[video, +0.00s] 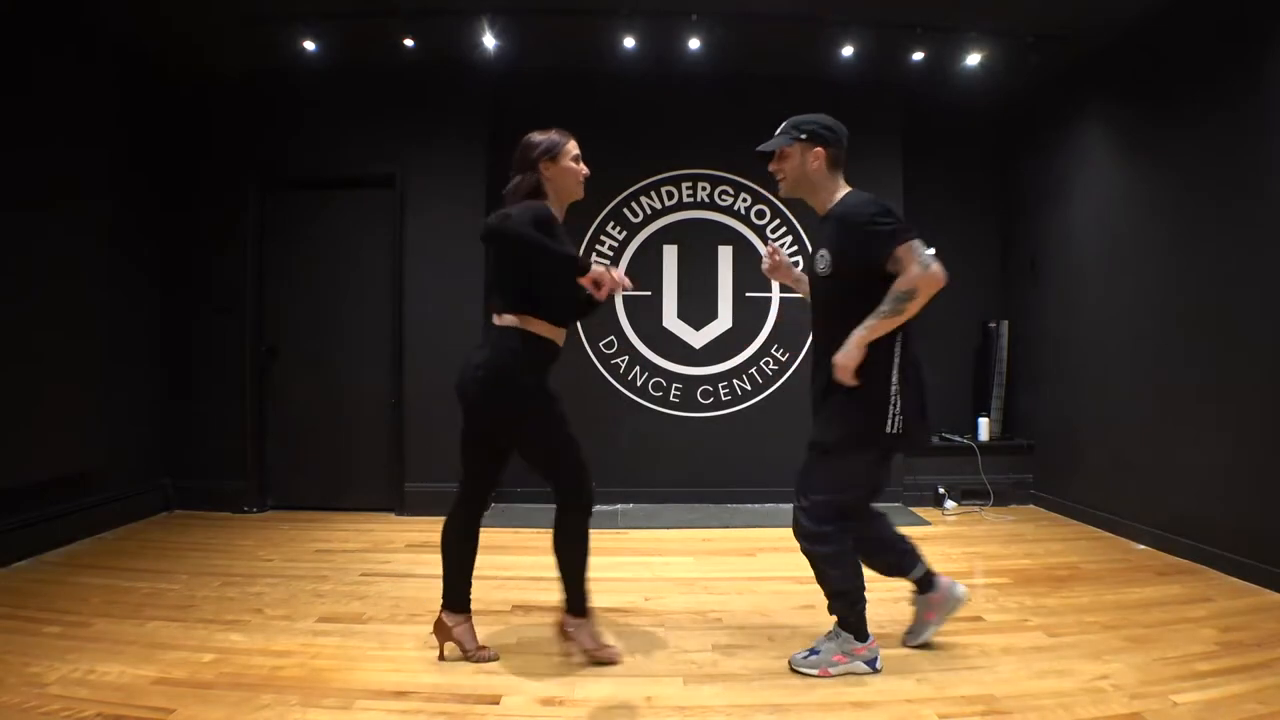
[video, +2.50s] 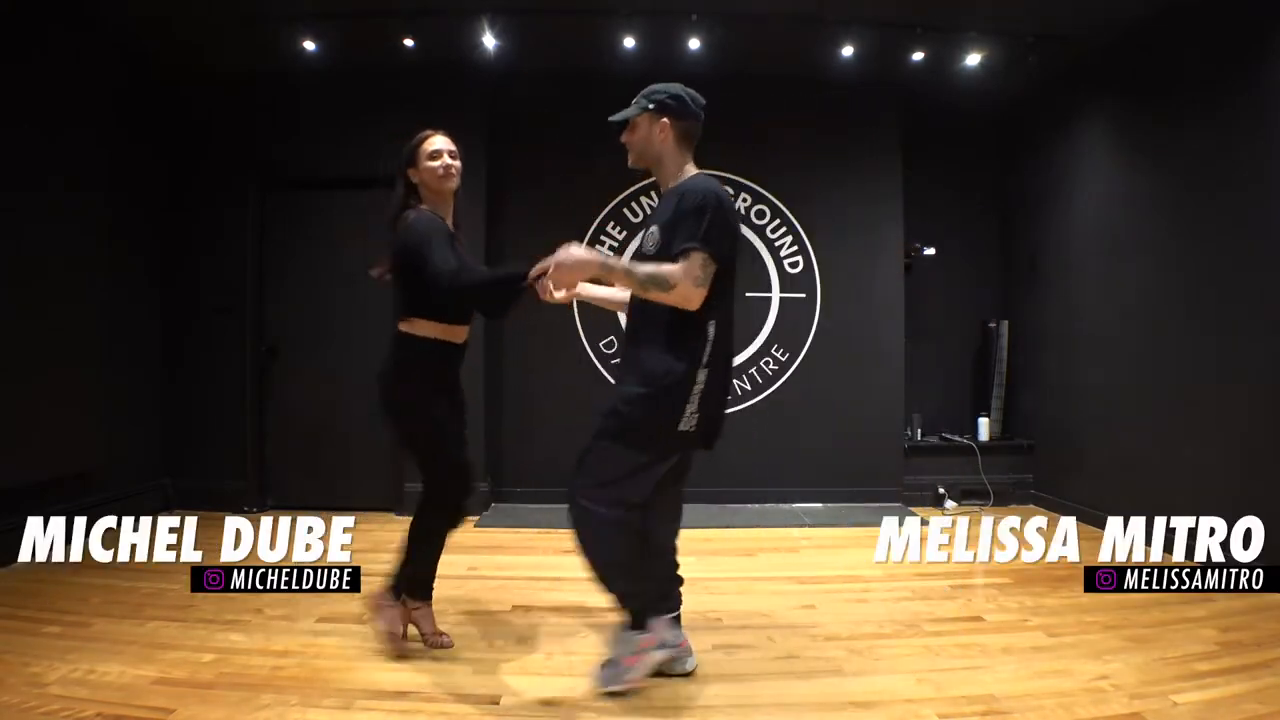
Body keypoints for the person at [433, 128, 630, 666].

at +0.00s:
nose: (585, 169)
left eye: (583, 160)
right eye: (575, 160)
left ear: (556, 172)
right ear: (544, 169)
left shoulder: (551, 230)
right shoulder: (526, 214)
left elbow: (562, 312)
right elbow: (497, 230)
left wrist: (595, 291)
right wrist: (582, 273)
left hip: (510, 369)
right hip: (511, 370)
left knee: (473, 494)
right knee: (575, 488)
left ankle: (453, 614)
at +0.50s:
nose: (642, 158)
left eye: (639, 149)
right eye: (632, 149)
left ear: (607, 162)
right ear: (603, 160)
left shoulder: (605, 215)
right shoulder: (587, 215)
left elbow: (604, 275)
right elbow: (579, 289)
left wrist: (638, 252)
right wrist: (664, 307)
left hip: (609, 372)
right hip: (577, 374)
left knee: (665, 479)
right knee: (592, 498)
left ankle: (694, 605)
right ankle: (593, 621)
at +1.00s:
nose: (624, 169)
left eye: (622, 160)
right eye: (614, 160)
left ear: (593, 167)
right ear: (583, 166)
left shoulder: (598, 229)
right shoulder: (558, 224)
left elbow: (593, 322)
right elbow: (590, 298)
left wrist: (619, 382)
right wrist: (641, 254)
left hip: (603, 381)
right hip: (569, 382)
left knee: (644, 503)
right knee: (611, 518)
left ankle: (655, 632)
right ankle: (541, 642)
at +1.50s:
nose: (520, 157)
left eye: (517, 148)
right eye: (509, 148)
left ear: (485, 160)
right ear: (476, 158)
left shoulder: (481, 224)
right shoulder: (467, 215)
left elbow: (520, 282)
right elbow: (484, 249)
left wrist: (571, 252)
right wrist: (553, 223)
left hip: (447, 364)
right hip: (466, 365)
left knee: (442, 494)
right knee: (520, 487)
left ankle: (411, 611)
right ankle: (501, 628)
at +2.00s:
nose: (412, 161)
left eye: (419, 155)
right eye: (400, 155)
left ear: (430, 172)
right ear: (381, 173)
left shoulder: (438, 242)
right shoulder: (372, 225)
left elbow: (497, 298)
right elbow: (433, 269)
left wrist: (558, 300)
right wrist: (517, 255)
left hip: (411, 372)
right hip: (362, 367)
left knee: (430, 492)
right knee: (343, 491)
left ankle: (412, 612)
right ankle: (309, 612)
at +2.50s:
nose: (448, 162)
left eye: (453, 155)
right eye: (435, 156)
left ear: (460, 169)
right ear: (413, 174)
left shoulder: (447, 233)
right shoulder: (418, 226)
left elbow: (491, 306)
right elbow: (454, 284)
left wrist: (531, 286)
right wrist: (530, 272)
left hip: (441, 368)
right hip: (414, 367)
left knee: (451, 486)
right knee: (446, 484)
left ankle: (418, 598)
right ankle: (394, 595)